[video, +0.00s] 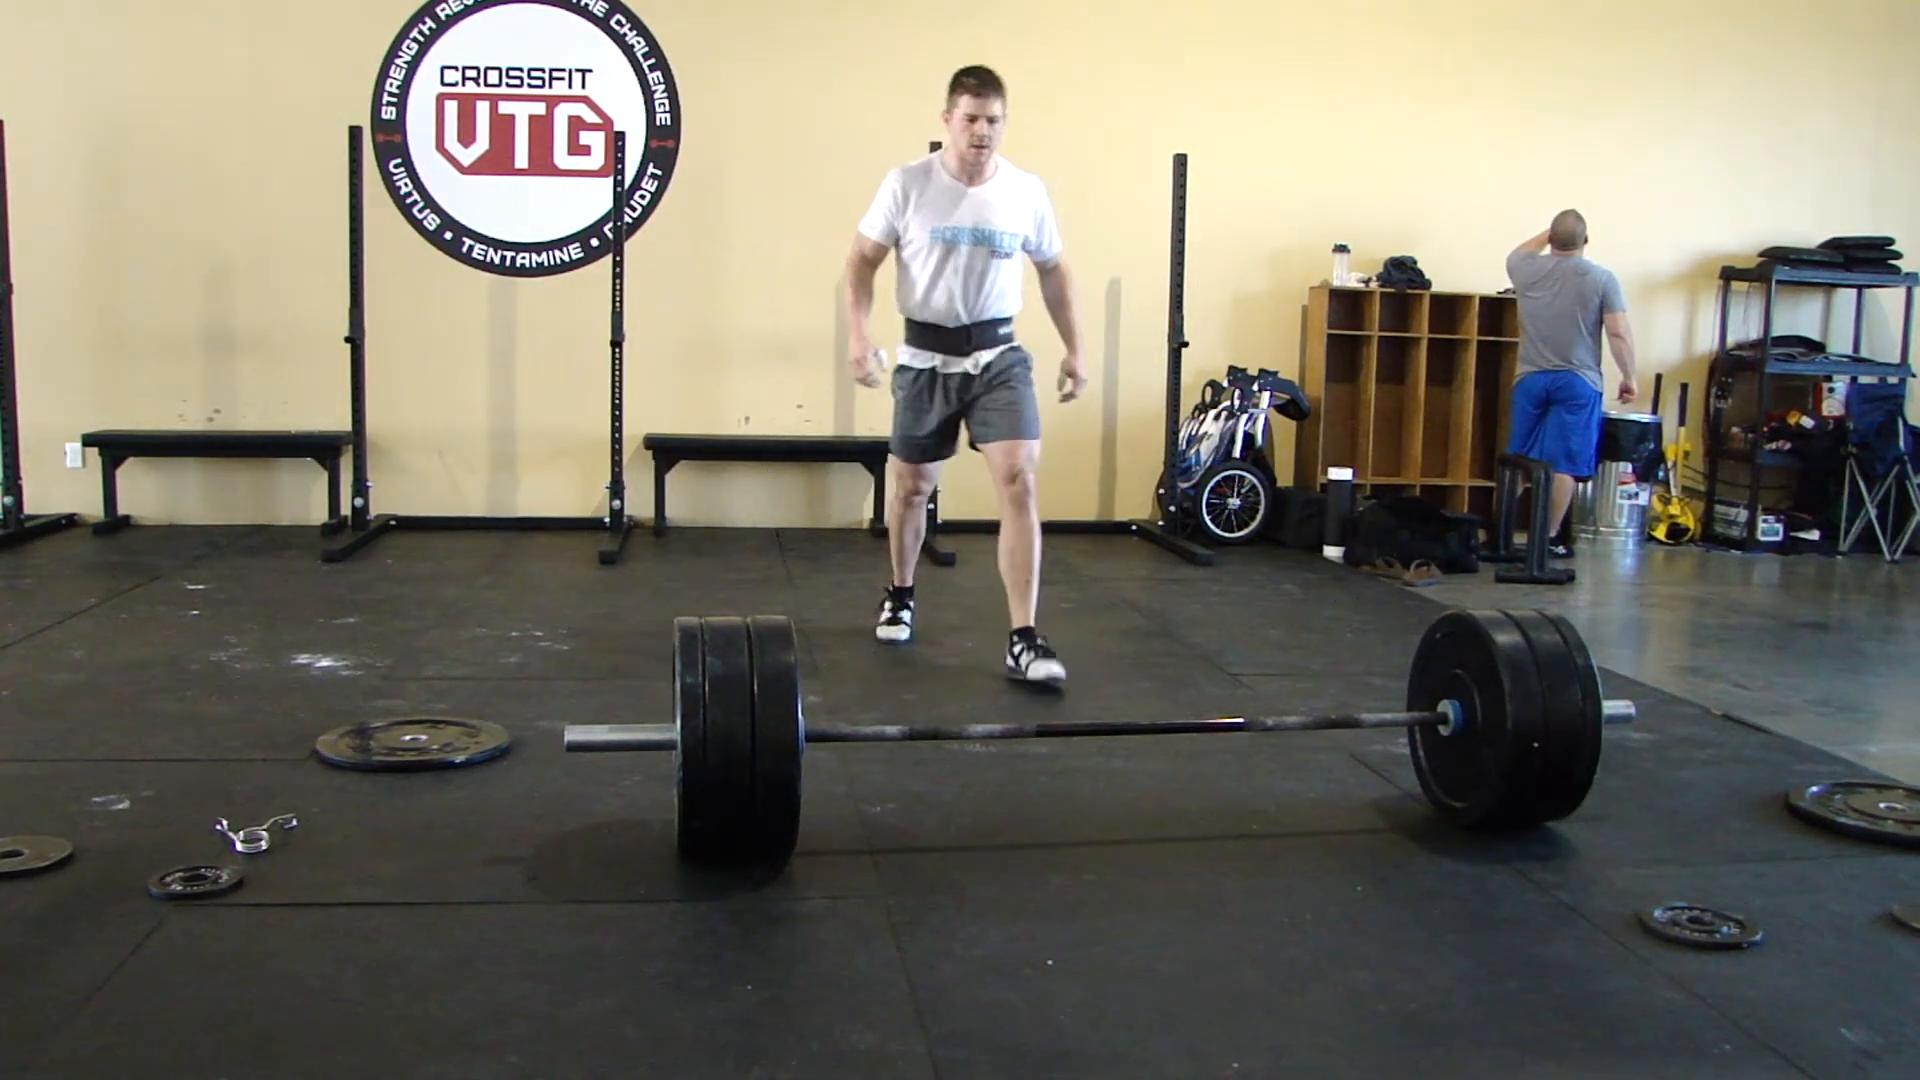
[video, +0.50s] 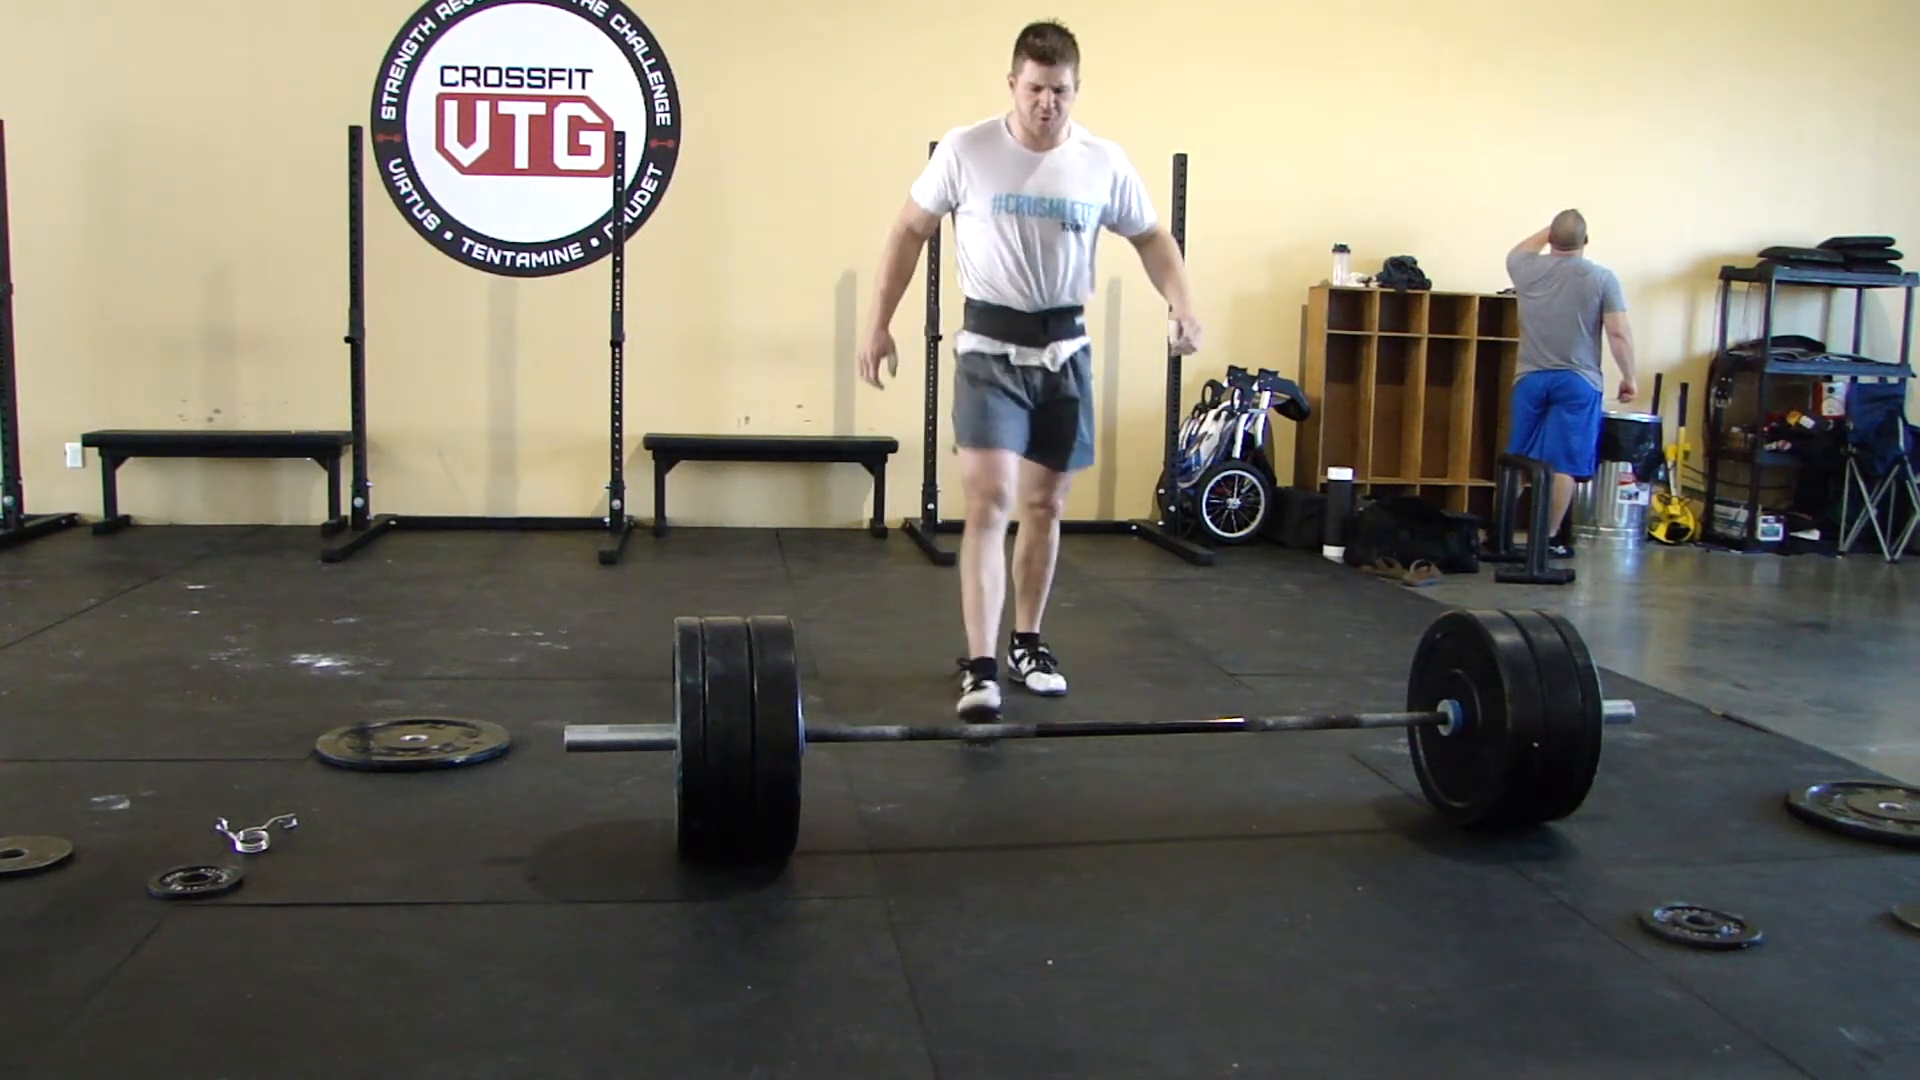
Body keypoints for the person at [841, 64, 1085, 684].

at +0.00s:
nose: (983, 132)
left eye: (993, 121)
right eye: (972, 119)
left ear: (1005, 125)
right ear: (946, 120)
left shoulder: (1026, 192)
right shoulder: (907, 186)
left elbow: (1053, 271)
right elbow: (861, 264)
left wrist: (1074, 349)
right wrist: (857, 336)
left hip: (998, 361)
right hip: (923, 361)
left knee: (1020, 482)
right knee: (910, 488)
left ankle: (1025, 637)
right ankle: (900, 596)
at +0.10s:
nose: (1004, 124)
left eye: (1015, 112)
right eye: (993, 111)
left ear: (1028, 116)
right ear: (968, 111)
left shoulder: (1050, 187)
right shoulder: (927, 176)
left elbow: (1075, 269)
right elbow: (881, 252)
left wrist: (1095, 350)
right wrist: (874, 328)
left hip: (1017, 357)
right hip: (940, 357)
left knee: (1035, 485)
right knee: (914, 495)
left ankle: (1027, 640)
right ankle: (907, 583)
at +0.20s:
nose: (1019, 112)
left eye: (1030, 100)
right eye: (1008, 99)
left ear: (1045, 104)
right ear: (985, 99)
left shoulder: (1069, 175)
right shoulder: (942, 162)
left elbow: (1097, 258)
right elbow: (895, 240)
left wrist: (1119, 342)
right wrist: (883, 322)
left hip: (1034, 356)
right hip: (954, 354)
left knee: (1045, 491)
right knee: (924, 502)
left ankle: (1028, 643)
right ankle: (933, 571)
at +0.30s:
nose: (1030, 100)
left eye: (1042, 88)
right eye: (1019, 86)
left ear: (1058, 90)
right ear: (996, 85)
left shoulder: (1085, 161)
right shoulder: (953, 148)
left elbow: (1117, 242)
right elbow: (905, 228)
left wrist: (1144, 319)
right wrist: (885, 312)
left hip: (1045, 347)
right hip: (965, 343)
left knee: (1045, 493)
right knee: (947, 488)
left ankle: (1028, 642)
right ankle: (955, 596)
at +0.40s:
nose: (1040, 94)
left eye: (1052, 82)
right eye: (1029, 81)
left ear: (1068, 83)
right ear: (1005, 79)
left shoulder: (1097, 155)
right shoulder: (960, 142)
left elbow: (1135, 231)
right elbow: (909, 223)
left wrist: (1168, 303)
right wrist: (882, 310)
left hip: (1055, 346)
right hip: (978, 341)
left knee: (1042, 499)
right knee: (964, 486)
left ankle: (1028, 644)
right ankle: (973, 647)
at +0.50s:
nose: (1046, 101)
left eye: (1059, 88)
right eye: (1035, 87)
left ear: (1076, 89)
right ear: (1011, 84)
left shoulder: (1104, 163)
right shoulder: (965, 151)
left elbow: (1151, 238)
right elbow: (911, 231)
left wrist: (1182, 303)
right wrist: (879, 325)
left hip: (1064, 356)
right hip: (989, 351)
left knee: (1044, 507)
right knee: (989, 499)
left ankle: (1027, 642)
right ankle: (981, 668)